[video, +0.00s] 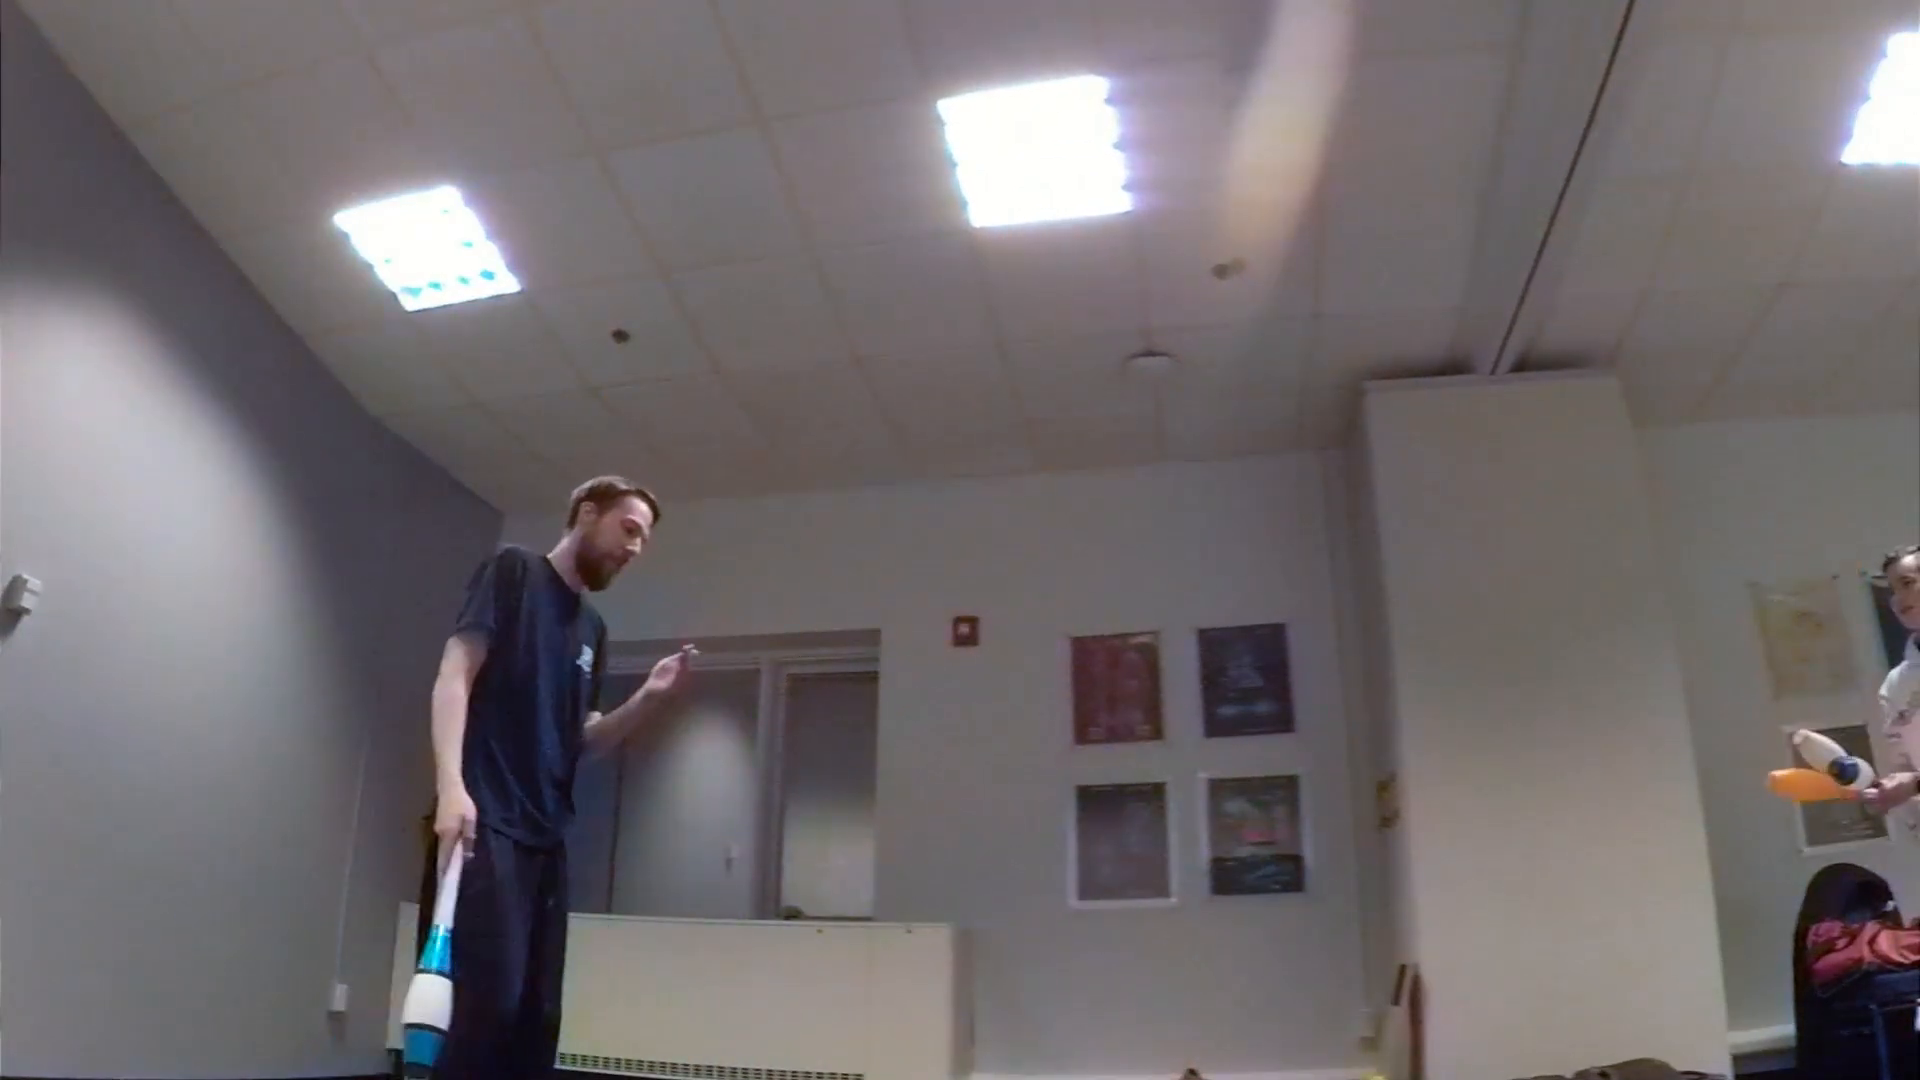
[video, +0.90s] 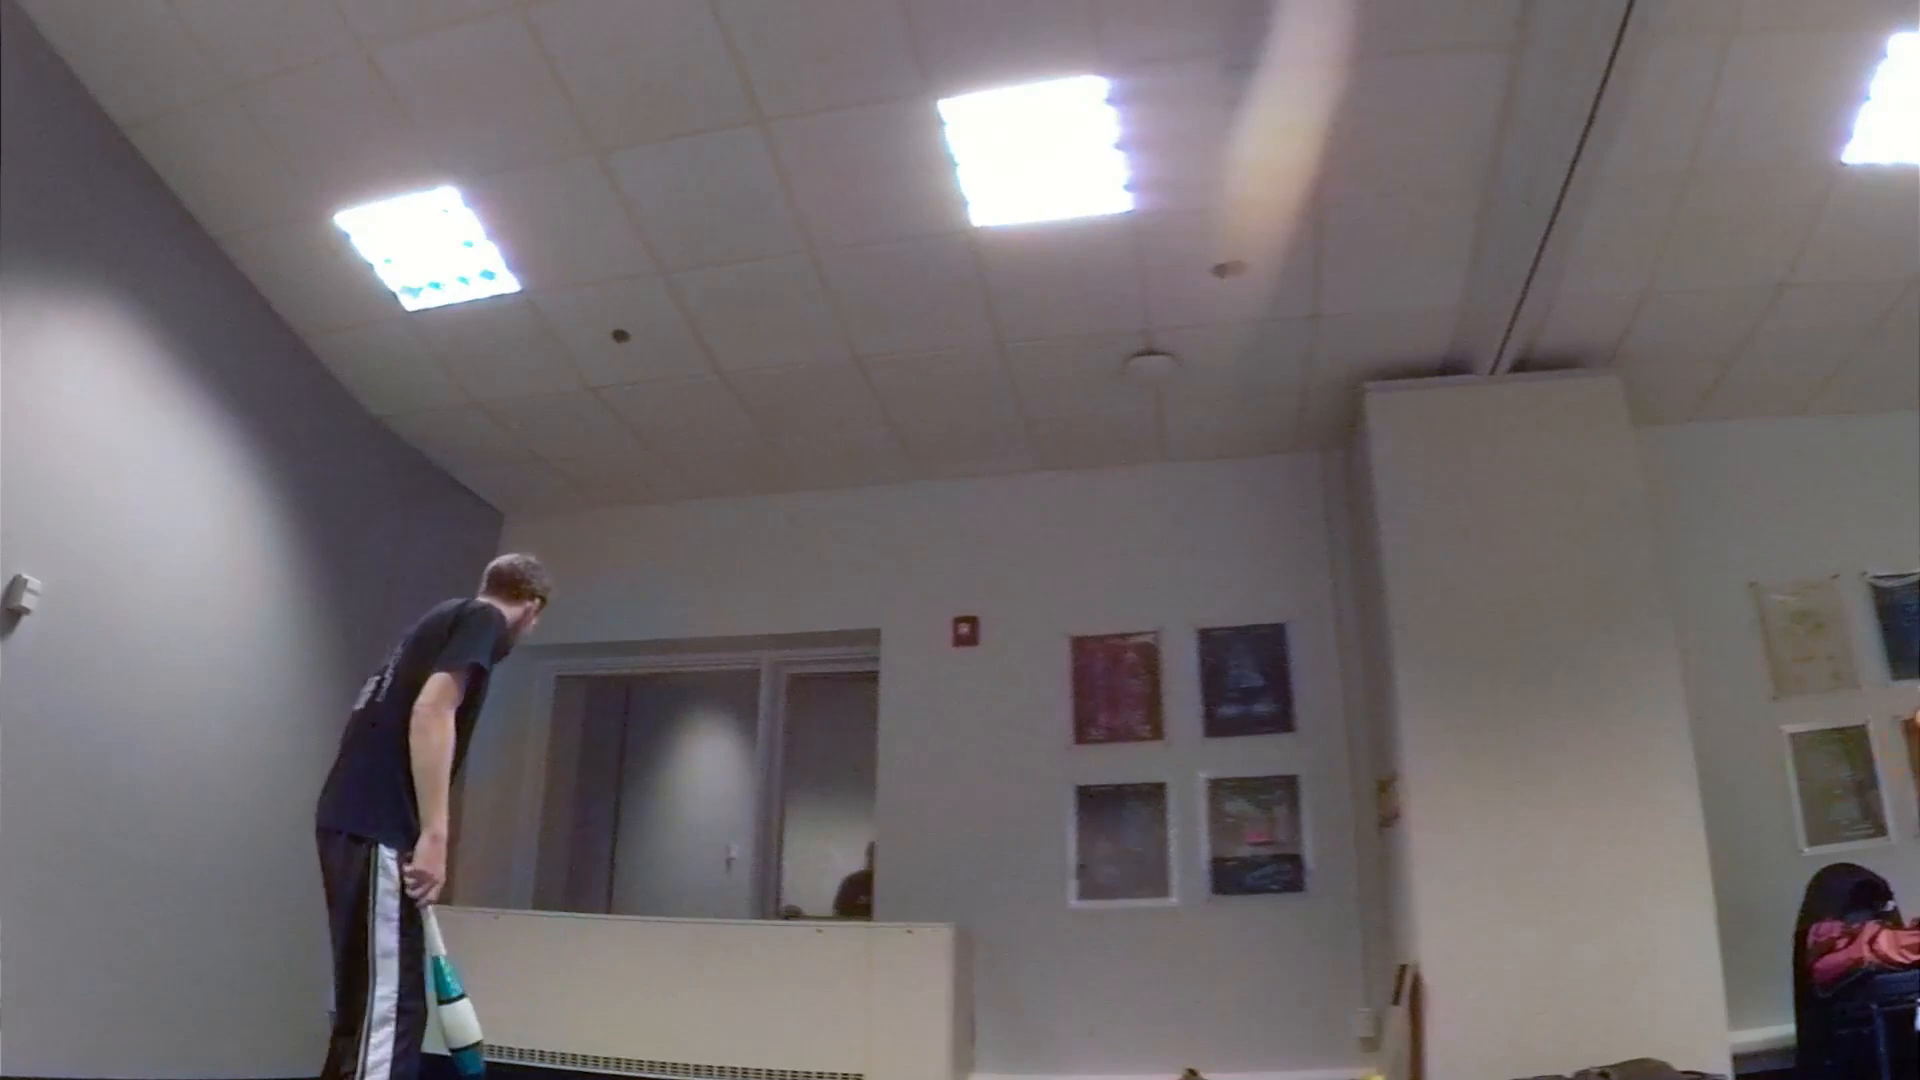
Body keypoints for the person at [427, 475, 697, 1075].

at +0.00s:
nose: (635, 547)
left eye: (643, 539)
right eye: (628, 528)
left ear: (642, 550)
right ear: (587, 514)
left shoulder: (591, 626)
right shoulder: (513, 570)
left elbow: (583, 736)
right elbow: (452, 678)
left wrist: (647, 694)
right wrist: (450, 788)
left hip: (545, 837)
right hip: (488, 824)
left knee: (536, 1013)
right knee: (487, 1003)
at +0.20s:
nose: (609, 553)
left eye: (615, 542)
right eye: (606, 533)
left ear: (581, 525)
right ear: (564, 511)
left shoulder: (553, 619)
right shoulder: (487, 566)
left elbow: (542, 734)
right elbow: (434, 685)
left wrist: (611, 702)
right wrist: (457, 806)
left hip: (513, 840)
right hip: (446, 826)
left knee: (517, 1023)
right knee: (415, 1019)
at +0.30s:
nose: (599, 562)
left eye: (605, 550)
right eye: (601, 544)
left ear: (566, 523)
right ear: (575, 522)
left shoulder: (528, 609)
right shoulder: (488, 569)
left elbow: (500, 731)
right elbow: (429, 693)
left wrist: (579, 724)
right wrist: (454, 824)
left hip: (479, 841)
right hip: (419, 832)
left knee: (496, 1023)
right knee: (393, 1025)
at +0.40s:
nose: (588, 575)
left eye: (597, 563)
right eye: (596, 559)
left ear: (553, 524)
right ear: (581, 535)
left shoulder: (505, 589)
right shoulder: (491, 574)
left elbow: (453, 716)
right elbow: (432, 694)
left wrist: (522, 762)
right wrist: (450, 831)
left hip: (436, 826)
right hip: (403, 822)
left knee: (458, 1008)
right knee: (380, 1013)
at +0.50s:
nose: (581, 580)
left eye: (590, 568)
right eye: (590, 564)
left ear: (541, 527)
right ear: (579, 543)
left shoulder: (489, 579)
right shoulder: (495, 577)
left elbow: (432, 703)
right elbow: (434, 690)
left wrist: (472, 790)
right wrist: (446, 828)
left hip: (413, 821)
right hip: (394, 820)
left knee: (437, 1007)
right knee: (375, 1013)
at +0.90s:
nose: (528, 630)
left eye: (532, 621)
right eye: (536, 619)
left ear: (486, 586)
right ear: (531, 607)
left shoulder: (440, 622)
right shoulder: (481, 620)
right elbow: (432, 713)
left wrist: (417, 854)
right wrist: (434, 835)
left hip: (353, 822)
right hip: (376, 826)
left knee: (370, 1003)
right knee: (390, 1007)